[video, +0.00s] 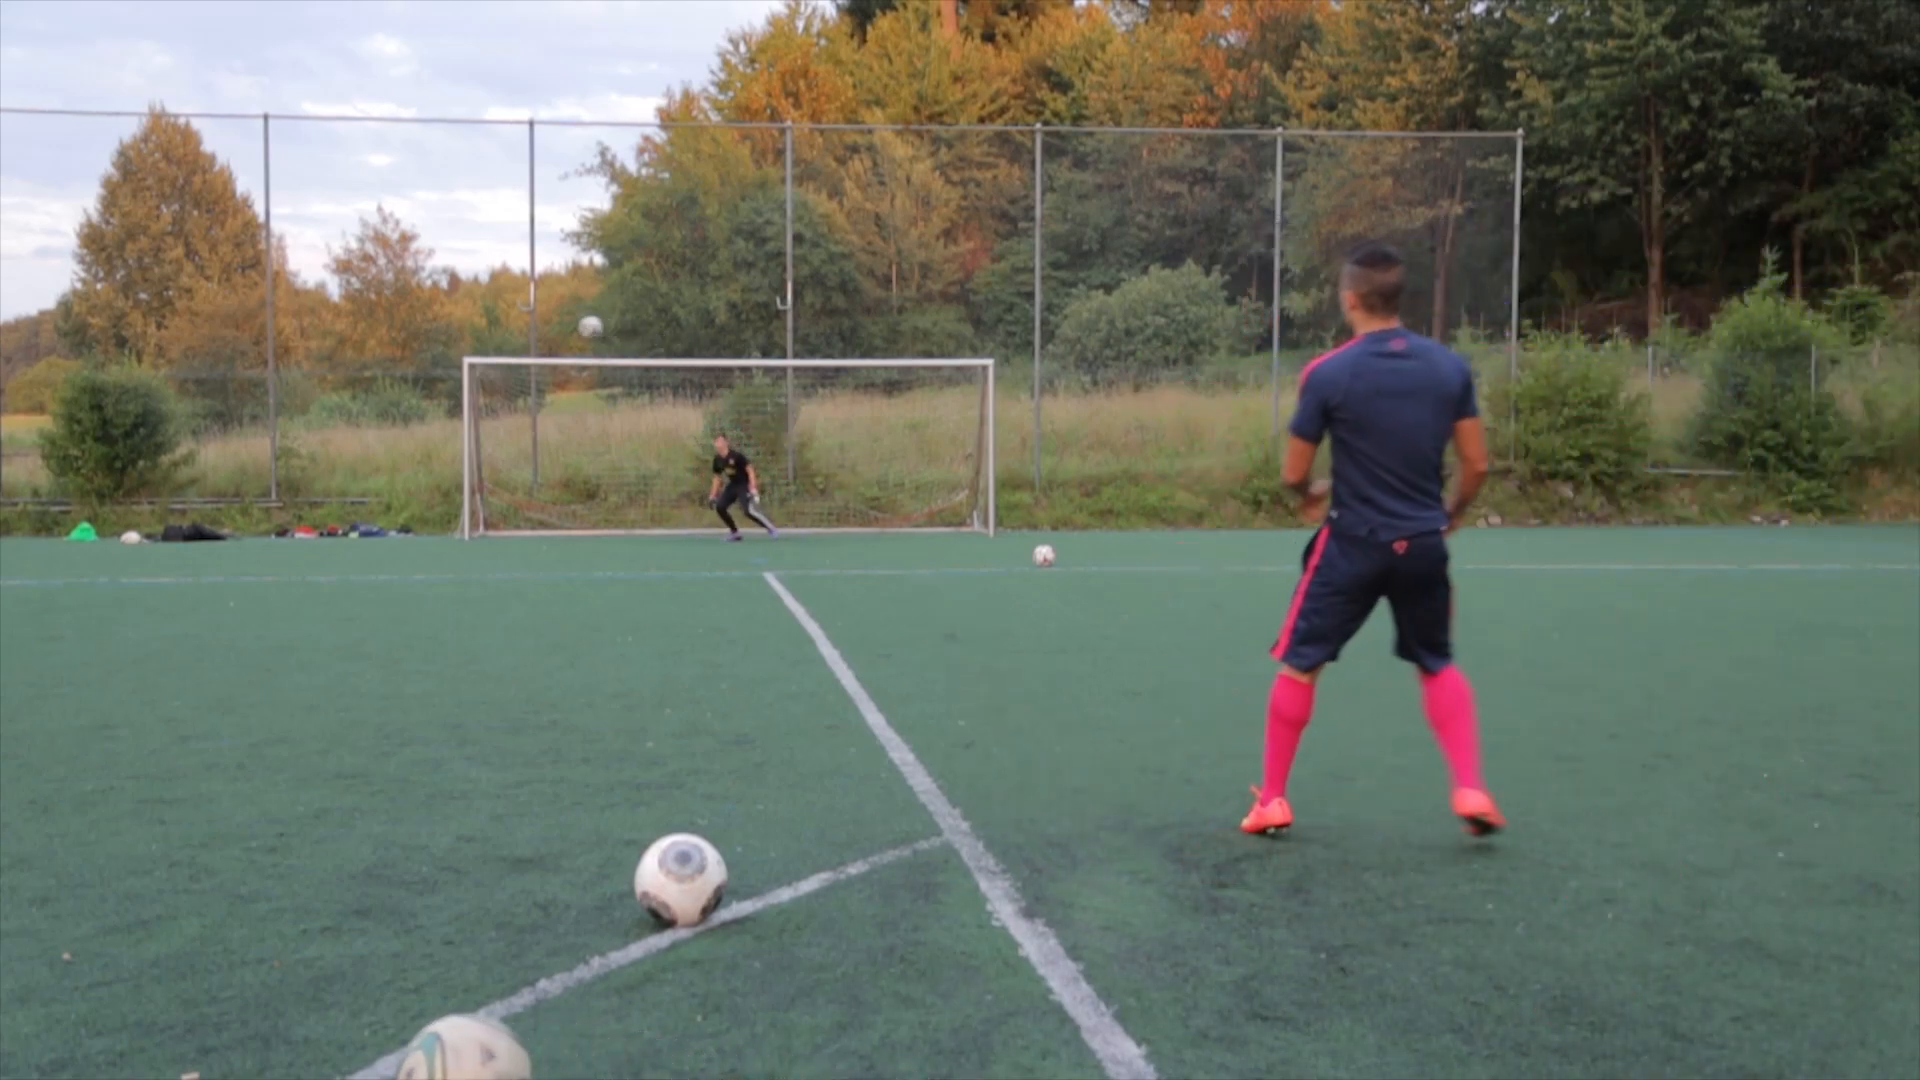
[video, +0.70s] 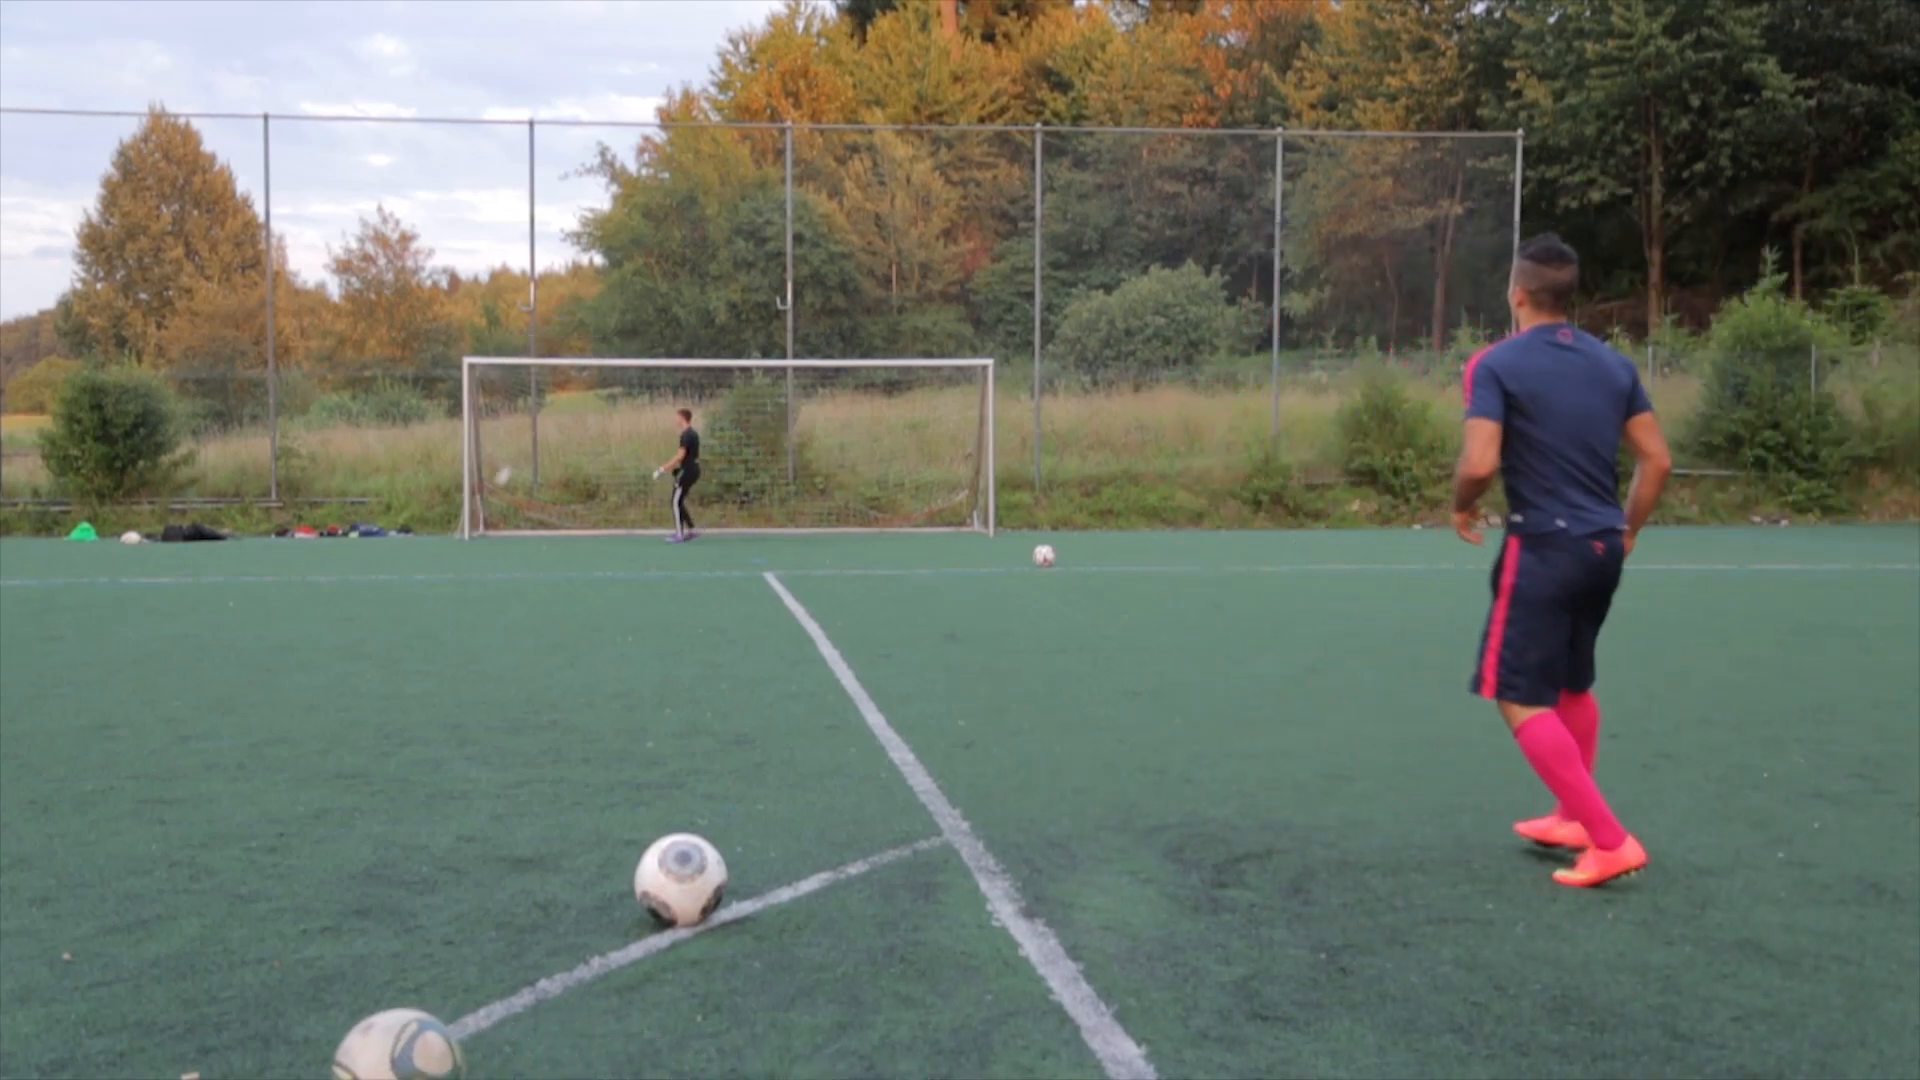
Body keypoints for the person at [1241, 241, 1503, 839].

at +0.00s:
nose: (1341, 303)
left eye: (1342, 297)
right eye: (1346, 295)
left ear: (1349, 301)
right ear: (1400, 298)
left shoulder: (1328, 373)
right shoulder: (1449, 368)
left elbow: (1295, 475)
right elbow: (1475, 465)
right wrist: (1450, 515)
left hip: (1351, 546)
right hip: (1424, 546)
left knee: (1300, 662)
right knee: (1436, 661)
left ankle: (1272, 797)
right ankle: (1470, 788)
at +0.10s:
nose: (1385, 298)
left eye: (1386, 290)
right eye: (1391, 290)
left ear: (1394, 295)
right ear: (1444, 296)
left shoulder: (1367, 369)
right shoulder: (1490, 366)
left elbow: (1334, 465)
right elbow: (1524, 464)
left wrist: (1376, 455)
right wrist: (1512, 514)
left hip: (1386, 547)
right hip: (1461, 550)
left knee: (1330, 666)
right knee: (1487, 677)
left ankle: (1282, 792)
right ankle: (1524, 817)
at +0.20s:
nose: (1423, 296)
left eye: (1423, 289)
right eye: (1428, 289)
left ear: (1430, 293)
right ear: (1481, 294)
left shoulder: (1402, 367)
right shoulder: (1527, 365)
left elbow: (1367, 467)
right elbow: (1563, 462)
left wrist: (1400, 458)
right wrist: (1558, 516)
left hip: (1421, 546)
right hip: (1497, 550)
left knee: (1363, 666)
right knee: (1512, 683)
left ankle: (1326, 801)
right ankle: (1531, 829)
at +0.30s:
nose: (1452, 289)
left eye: (1452, 282)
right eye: (1462, 281)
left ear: (1459, 287)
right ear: (1511, 286)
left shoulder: (1428, 360)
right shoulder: (1555, 359)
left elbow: (1401, 464)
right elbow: (1590, 457)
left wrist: (1426, 482)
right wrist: (1589, 514)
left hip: (1446, 539)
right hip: (1519, 543)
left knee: (1395, 663)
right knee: (1525, 684)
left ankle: (1395, 801)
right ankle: (1535, 831)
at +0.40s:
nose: (1476, 288)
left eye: (1477, 280)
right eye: (1484, 281)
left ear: (1481, 284)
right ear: (1535, 285)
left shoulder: (1451, 358)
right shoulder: (1578, 358)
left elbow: (1423, 468)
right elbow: (1613, 460)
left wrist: (1438, 497)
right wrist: (1609, 518)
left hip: (1468, 543)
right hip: (1540, 547)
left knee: (1429, 669)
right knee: (1537, 686)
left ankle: (1466, 788)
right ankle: (1536, 832)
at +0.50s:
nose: (1494, 287)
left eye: (1495, 279)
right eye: (1502, 279)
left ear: (1500, 284)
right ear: (1555, 285)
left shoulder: (1470, 358)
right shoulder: (1596, 359)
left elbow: (1441, 469)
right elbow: (1629, 460)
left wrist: (1445, 508)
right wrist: (1620, 522)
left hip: (1487, 542)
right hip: (1557, 546)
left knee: (1460, 673)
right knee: (1546, 685)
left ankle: (1537, 793)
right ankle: (1539, 828)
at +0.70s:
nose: (1508, 295)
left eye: (1510, 288)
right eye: (1512, 288)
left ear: (1517, 293)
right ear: (1572, 297)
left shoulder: (1496, 364)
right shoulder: (1610, 362)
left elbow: (1480, 464)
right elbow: (1656, 459)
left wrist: (1462, 506)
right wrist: (1626, 527)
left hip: (1541, 550)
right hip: (1602, 547)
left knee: (1519, 697)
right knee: (1575, 682)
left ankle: (1610, 843)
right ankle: (1576, 817)